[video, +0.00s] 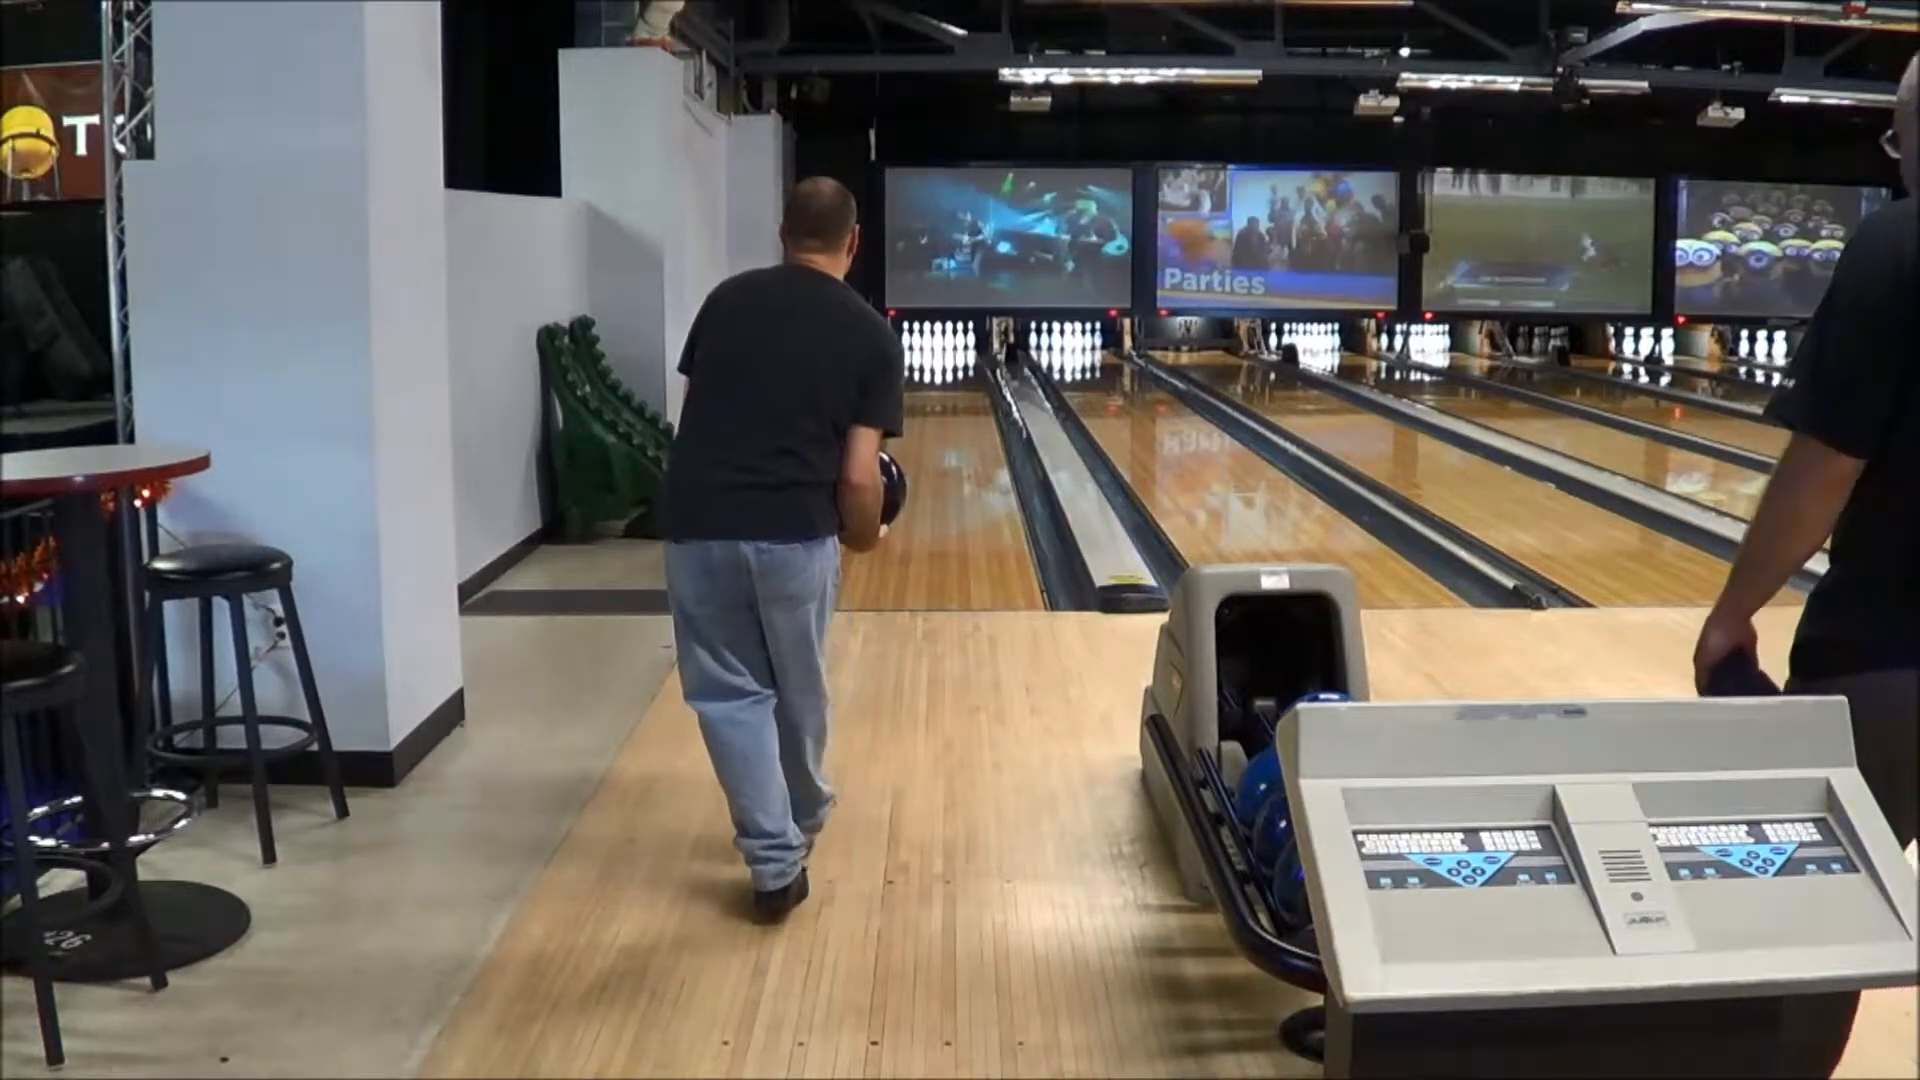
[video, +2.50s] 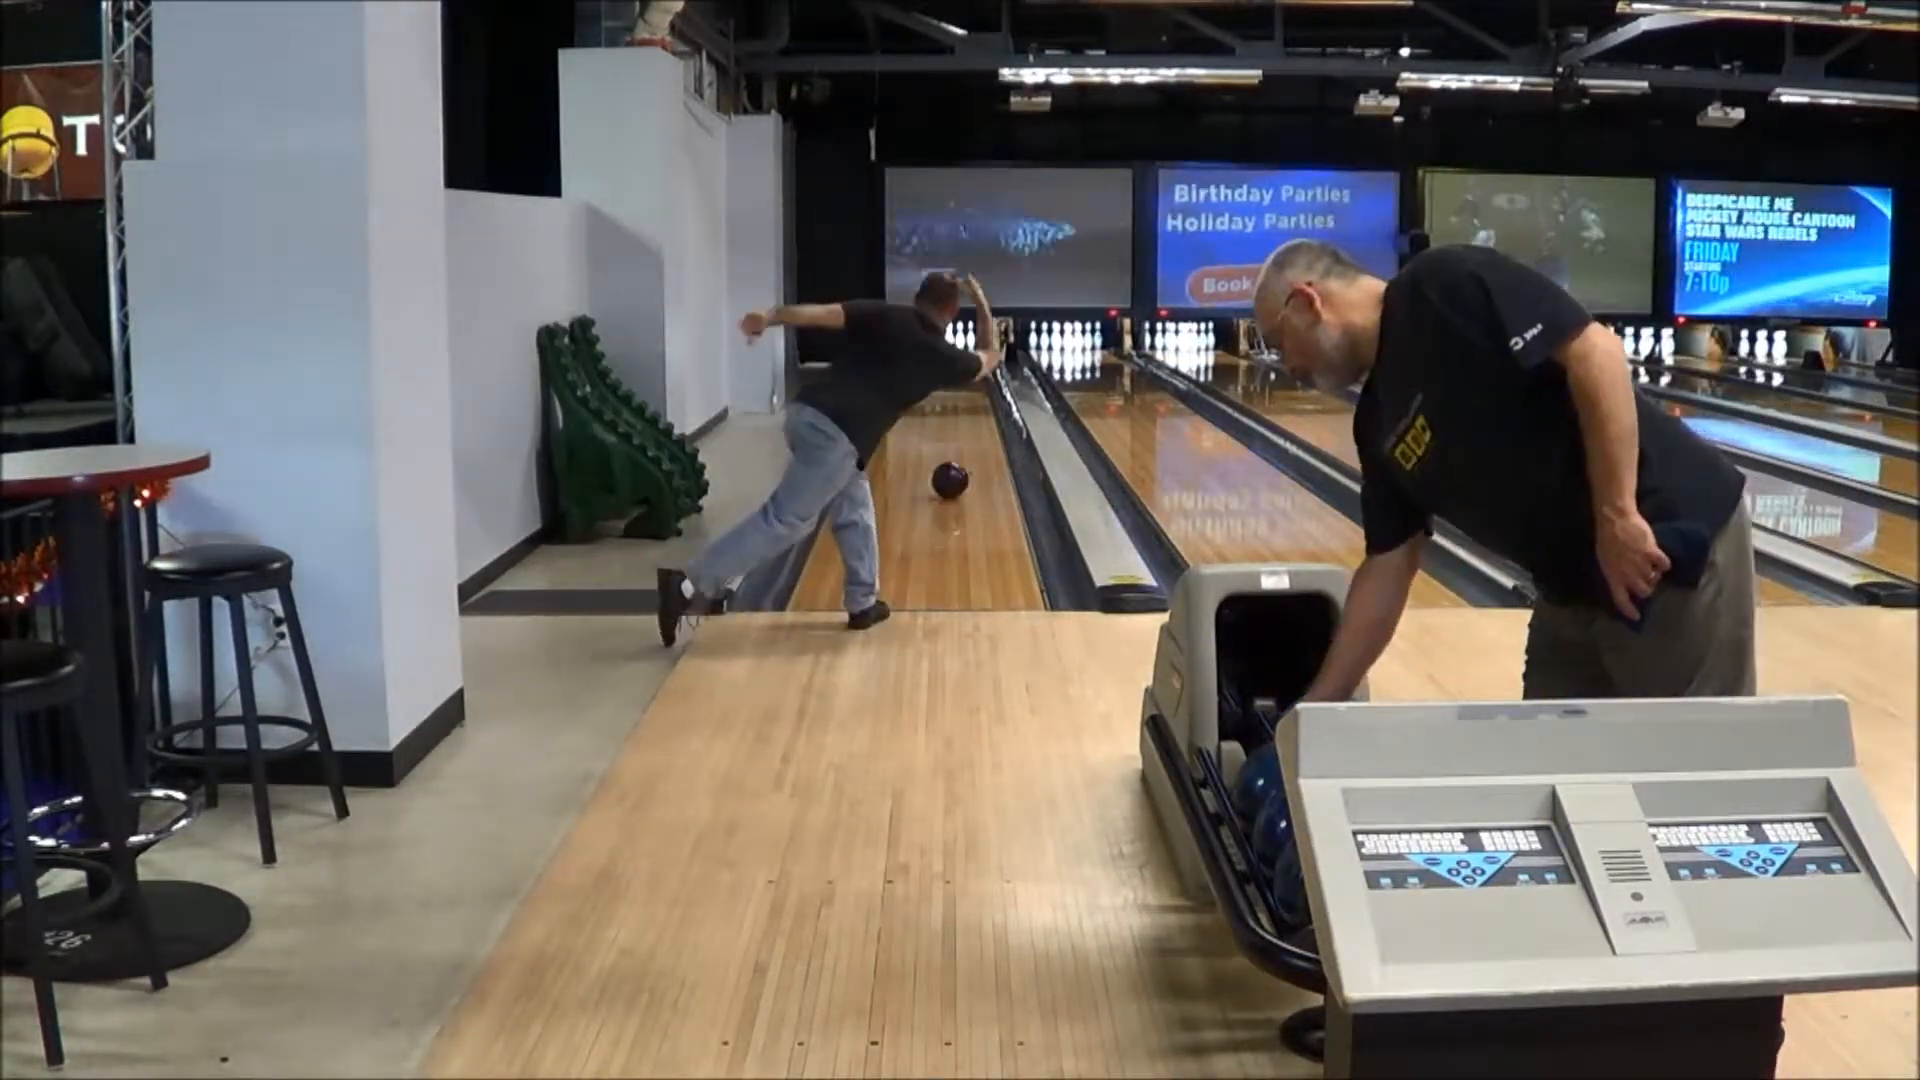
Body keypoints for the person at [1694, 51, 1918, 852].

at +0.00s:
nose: (1894, 140)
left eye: (1900, 121)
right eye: (1897, 122)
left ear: (1912, 130)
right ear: (1910, 135)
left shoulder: (1897, 242)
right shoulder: (1889, 241)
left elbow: (1823, 466)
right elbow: (1822, 465)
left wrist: (1732, 615)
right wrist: (1736, 614)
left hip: (1884, 658)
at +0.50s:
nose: (1708, 182)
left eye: (1708, 160)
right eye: (1703, 163)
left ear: (1747, 144)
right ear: (1817, 135)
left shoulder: (1742, 261)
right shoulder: (1906, 238)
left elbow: (1705, 482)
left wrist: (1630, 646)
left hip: (1761, 658)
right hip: (1901, 652)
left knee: (1730, 929)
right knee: (1901, 929)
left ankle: (1722, 1070)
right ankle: (1893, 1066)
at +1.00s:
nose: (1529, 222)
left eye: (1525, 197)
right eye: (1521, 202)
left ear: (1559, 172)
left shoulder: (1649, 242)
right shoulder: (1677, 240)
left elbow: (1666, 439)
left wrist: (1591, 611)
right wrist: (1576, 576)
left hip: (1714, 621)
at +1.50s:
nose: (1340, 366)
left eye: (1334, 343)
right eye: (1333, 351)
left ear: (1361, 307)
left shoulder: (1476, 279)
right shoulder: (1440, 443)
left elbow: (1610, 341)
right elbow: (1415, 585)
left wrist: (1653, 493)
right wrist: (1330, 708)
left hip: (1696, 556)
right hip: (1607, 590)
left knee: (1682, 793)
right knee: (1570, 786)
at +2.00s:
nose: (1306, 369)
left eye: (1300, 345)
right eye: (1297, 354)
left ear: (1326, 305)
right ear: (1334, 307)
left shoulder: (1444, 279)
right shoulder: (1409, 434)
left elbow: (1585, 341)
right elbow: (1408, 582)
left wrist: (1606, 500)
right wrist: (1348, 709)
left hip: (1683, 539)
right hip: (1584, 577)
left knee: (1677, 777)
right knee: (1558, 774)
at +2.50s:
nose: (1286, 367)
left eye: (1278, 343)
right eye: (1275, 353)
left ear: (1310, 302)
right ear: (1316, 302)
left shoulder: (1444, 281)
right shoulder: (1378, 420)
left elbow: (1595, 351)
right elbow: (1388, 562)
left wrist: (1617, 512)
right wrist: (1318, 705)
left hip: (1678, 542)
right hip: (1572, 578)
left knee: (1685, 779)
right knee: (1552, 784)